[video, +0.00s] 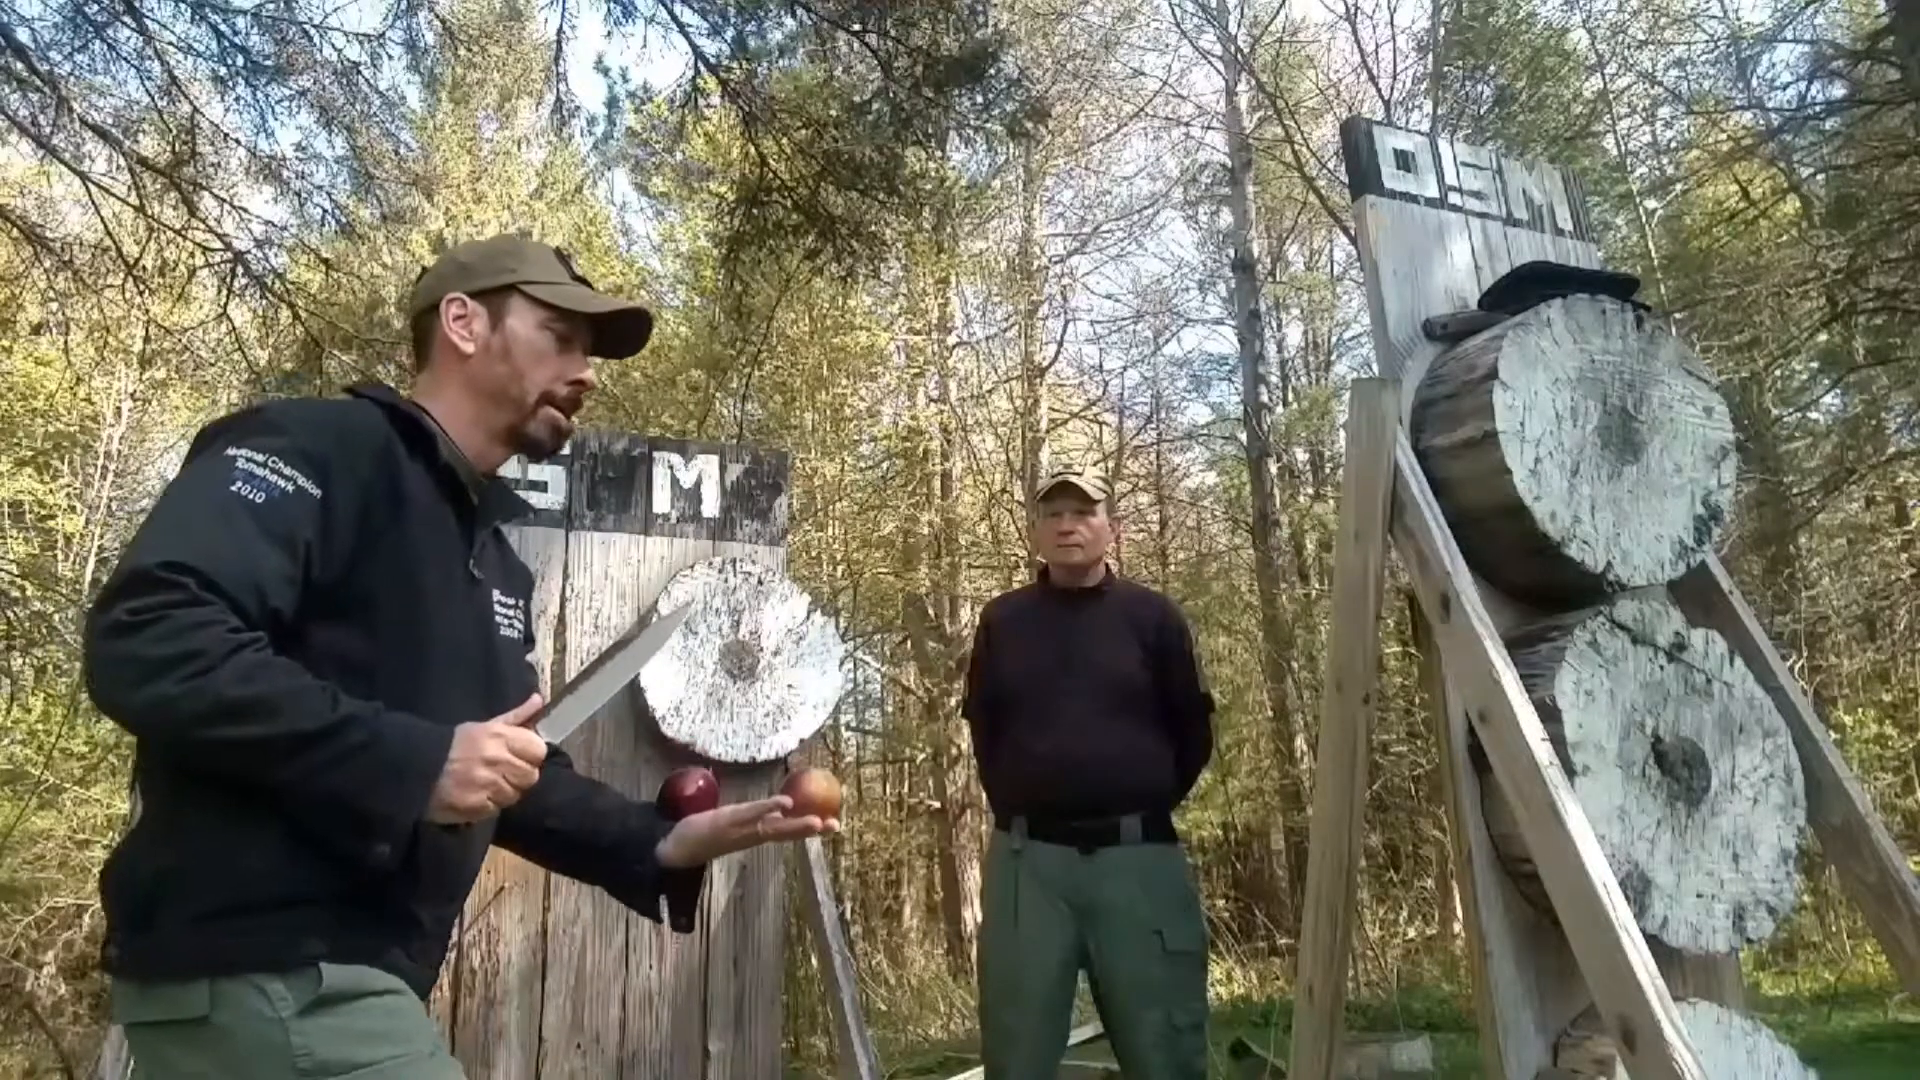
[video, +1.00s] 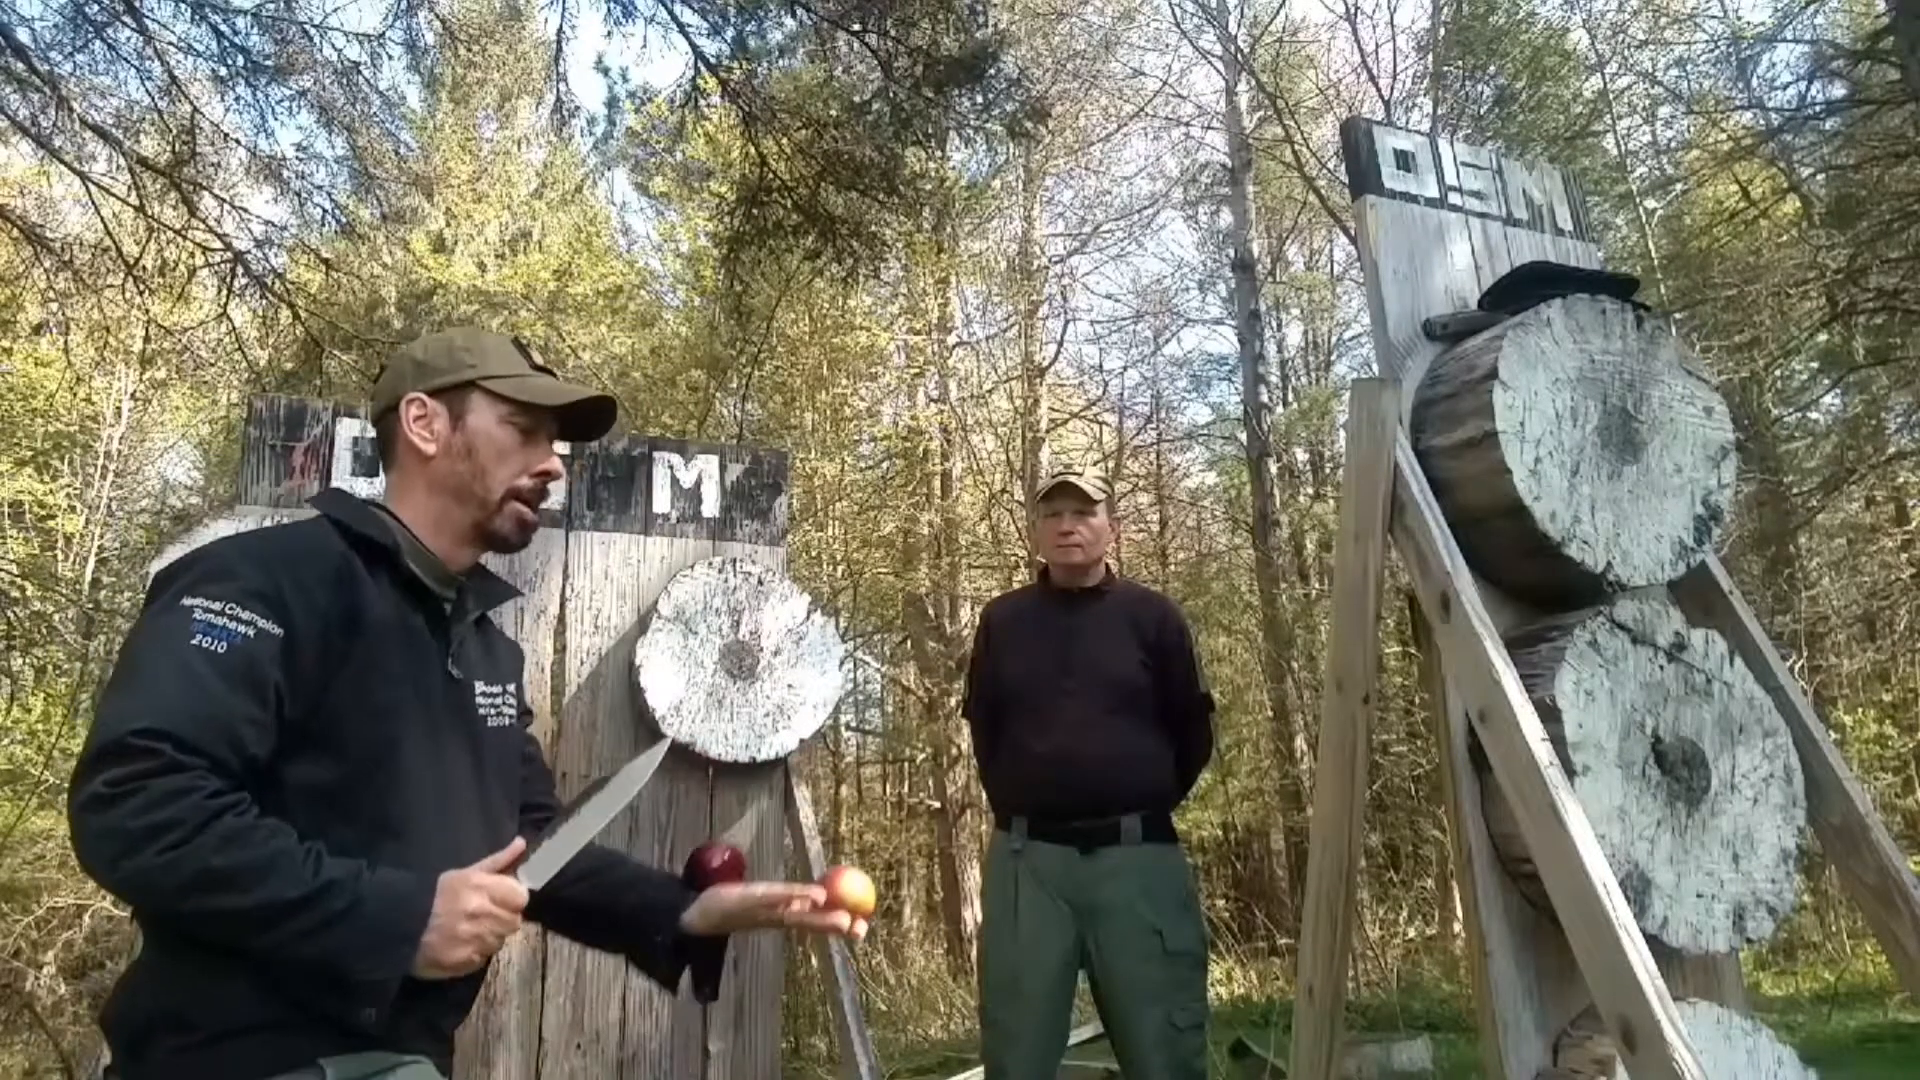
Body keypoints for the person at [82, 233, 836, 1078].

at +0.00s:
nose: (586, 374)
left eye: (592, 350)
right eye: (565, 336)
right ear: (464, 324)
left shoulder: (492, 556)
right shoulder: (312, 447)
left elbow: (492, 763)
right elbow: (146, 640)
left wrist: (657, 841)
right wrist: (417, 759)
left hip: (353, 979)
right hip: (264, 979)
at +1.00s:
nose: (554, 464)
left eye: (558, 441)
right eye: (527, 429)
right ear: (425, 426)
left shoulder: (486, 644)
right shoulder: (265, 574)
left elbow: (530, 848)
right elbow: (137, 807)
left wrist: (697, 911)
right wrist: (399, 917)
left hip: (406, 1050)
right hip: (237, 1050)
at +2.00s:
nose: (517, 293)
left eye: (514, 271)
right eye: (484, 264)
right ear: (392, 280)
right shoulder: (365, 379)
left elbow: (573, 607)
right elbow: (579, 469)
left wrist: (679, 482)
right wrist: (641, 298)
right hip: (370, 888)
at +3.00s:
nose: (671, 396)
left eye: (672, 373)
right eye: (643, 360)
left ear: (545, 373)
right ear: (545, 366)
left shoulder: (438, 489)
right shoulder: (507, 488)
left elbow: (674, 649)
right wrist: (754, 435)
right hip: (440, 1007)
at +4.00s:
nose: (907, 460)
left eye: (914, 430)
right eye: (897, 417)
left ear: (797, 387)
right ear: (806, 384)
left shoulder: (587, 486)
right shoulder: (809, 536)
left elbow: (529, 734)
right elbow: (772, 808)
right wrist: (742, 977)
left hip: (389, 985)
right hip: (593, 1000)